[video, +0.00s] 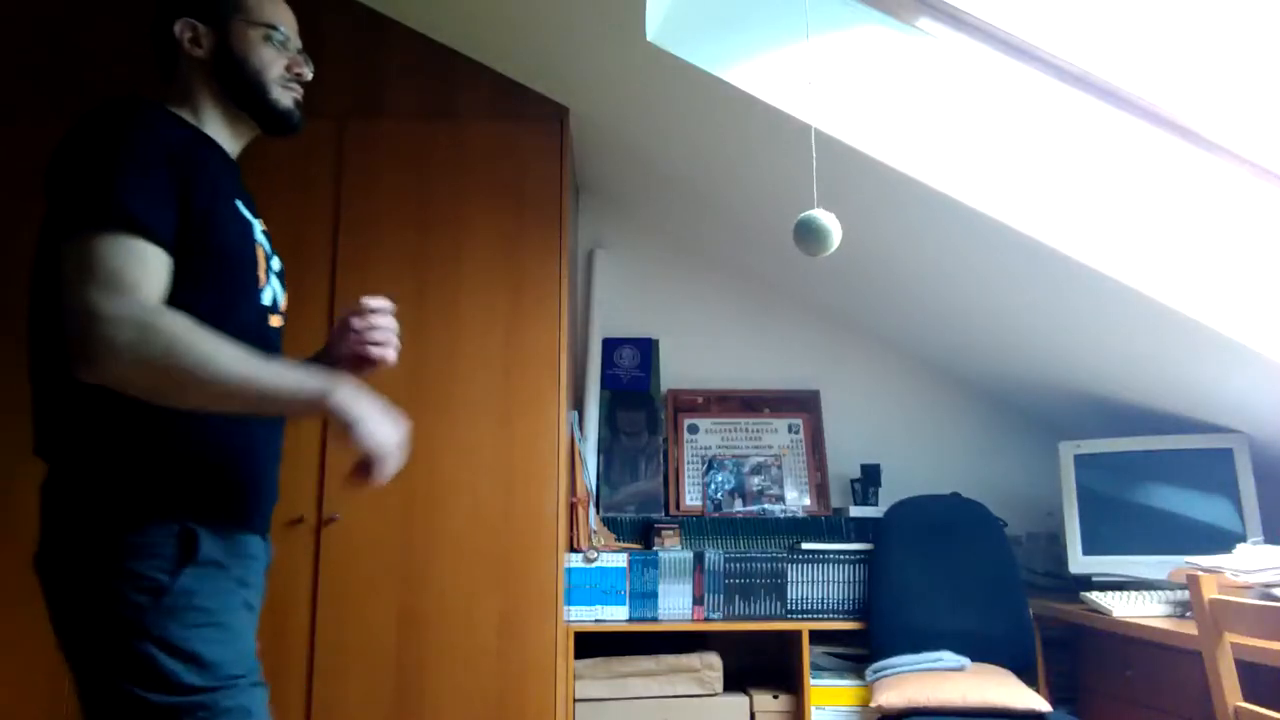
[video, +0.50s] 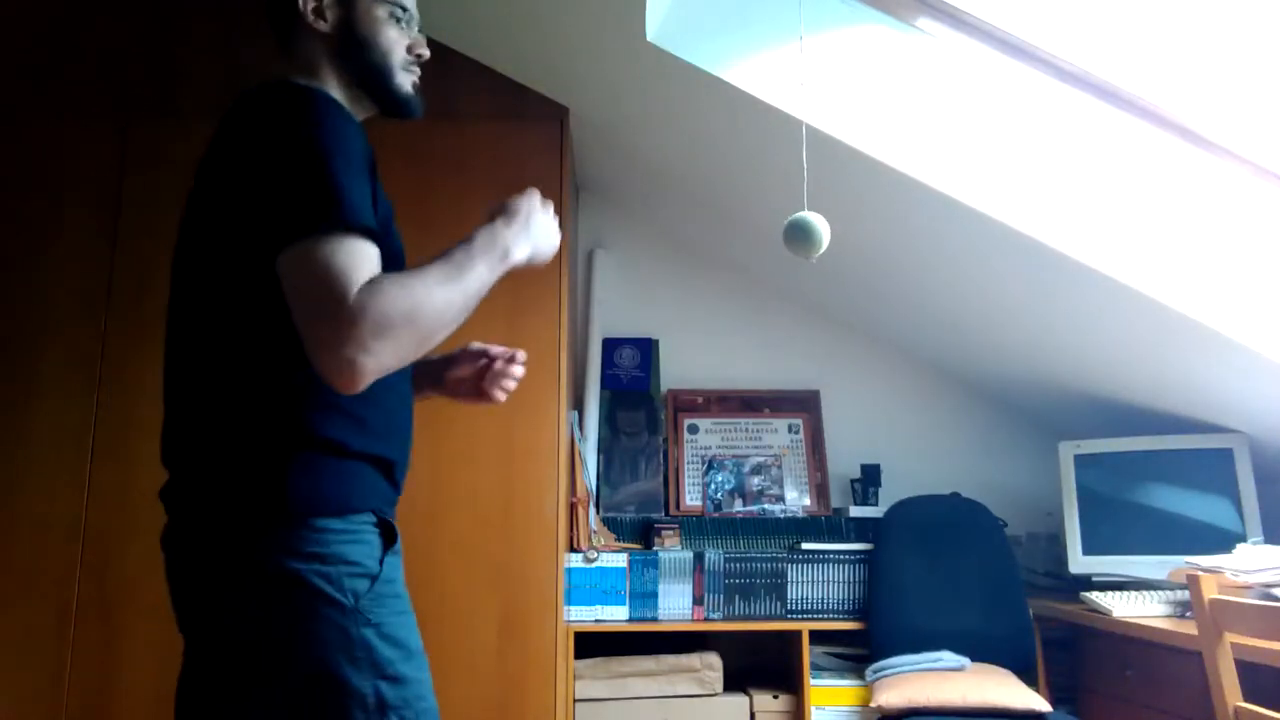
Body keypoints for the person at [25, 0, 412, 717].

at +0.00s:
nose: (302, 62)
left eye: (300, 48)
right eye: (274, 36)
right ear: (195, 38)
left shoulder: (219, 186)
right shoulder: (143, 142)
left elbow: (205, 380)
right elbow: (111, 327)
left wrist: (329, 361)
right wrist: (329, 392)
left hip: (207, 554)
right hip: (158, 554)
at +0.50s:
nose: (424, 47)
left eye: (417, 24)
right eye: (399, 14)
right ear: (320, 11)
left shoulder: (270, 128)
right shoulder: (306, 123)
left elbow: (286, 360)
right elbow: (353, 343)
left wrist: (427, 373)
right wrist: (503, 241)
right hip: (311, 542)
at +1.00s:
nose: (314, 83)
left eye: (313, 69)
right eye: (285, 58)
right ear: (208, 61)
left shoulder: (258, 217)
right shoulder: (134, 162)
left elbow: (356, 305)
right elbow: (109, 361)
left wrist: (446, 346)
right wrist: (313, 325)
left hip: (221, 557)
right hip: (150, 558)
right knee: (253, 705)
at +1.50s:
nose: (272, 82)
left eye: (271, 67)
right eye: (240, 58)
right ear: (162, 69)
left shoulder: (270, 236)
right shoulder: (79, 192)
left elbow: (316, 408)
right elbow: (93, 386)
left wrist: (405, 311)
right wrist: (283, 295)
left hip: (266, 570)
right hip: (163, 571)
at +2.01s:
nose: (332, 57)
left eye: (328, 41)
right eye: (298, 35)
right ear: (217, 54)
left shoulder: (318, 217)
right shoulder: (156, 176)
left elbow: (410, 377)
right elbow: (181, 393)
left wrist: (453, 255)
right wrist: (369, 287)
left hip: (307, 563)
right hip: (233, 562)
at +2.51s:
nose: (356, 103)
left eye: (356, 85)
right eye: (335, 75)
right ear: (257, 69)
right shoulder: (250, 156)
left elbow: (370, 366)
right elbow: (500, 229)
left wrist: (373, 207)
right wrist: (674, 285)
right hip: (231, 564)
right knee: (358, 705)